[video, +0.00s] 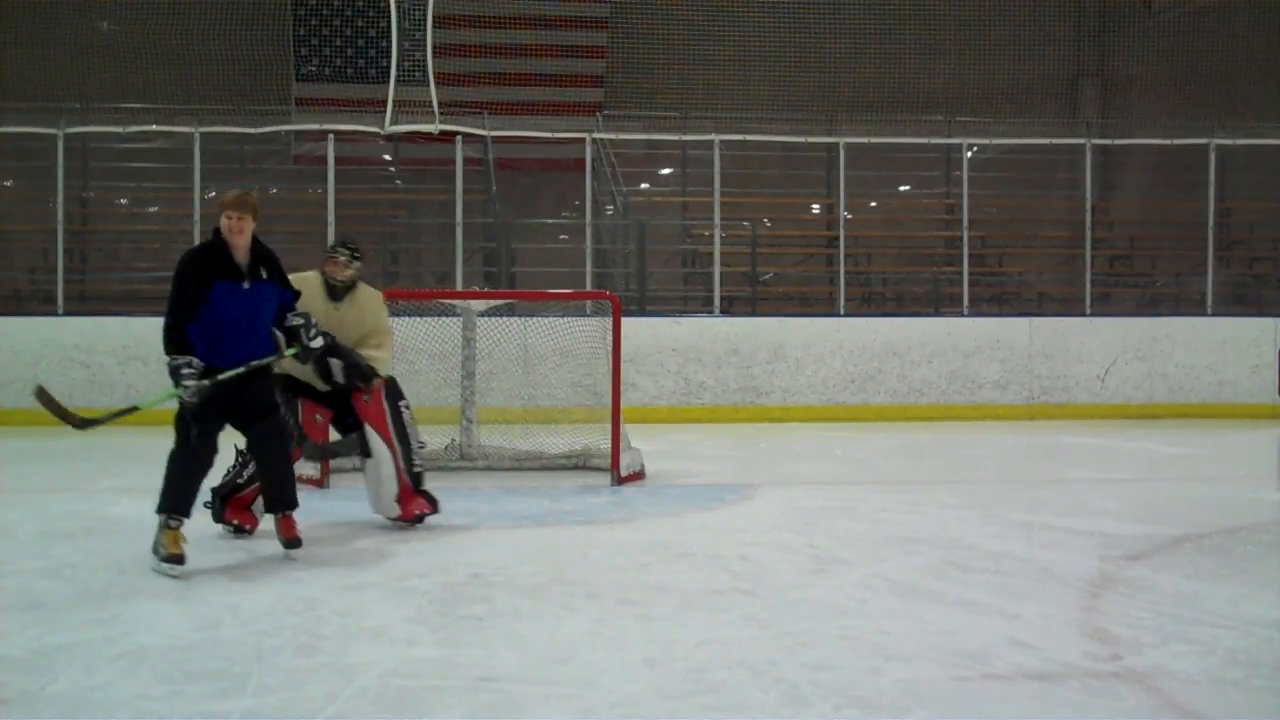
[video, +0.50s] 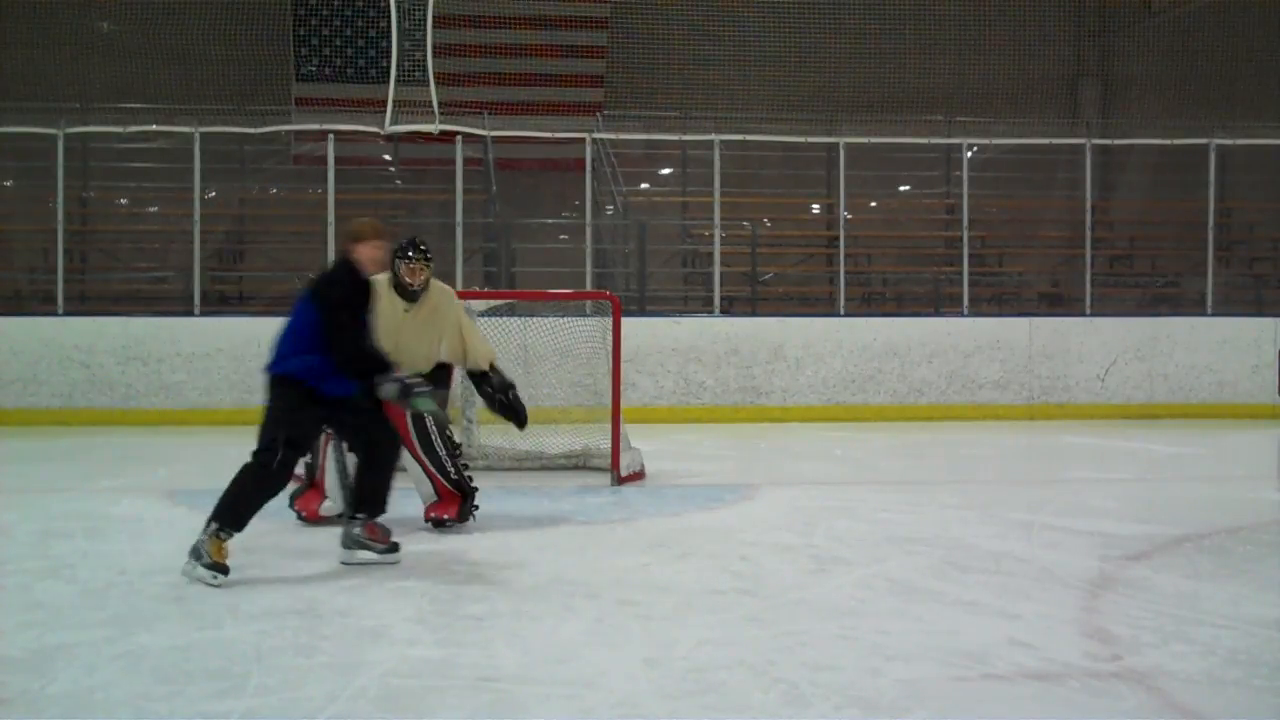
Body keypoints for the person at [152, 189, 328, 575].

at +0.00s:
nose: (232, 223)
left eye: (240, 218)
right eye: (227, 217)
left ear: (253, 222)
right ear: (219, 221)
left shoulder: (267, 261)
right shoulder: (198, 261)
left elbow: (286, 308)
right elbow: (176, 321)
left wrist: (306, 335)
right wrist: (184, 369)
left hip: (255, 371)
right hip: (206, 374)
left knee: (272, 438)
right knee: (195, 448)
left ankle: (283, 513)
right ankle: (171, 527)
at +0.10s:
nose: (247, 225)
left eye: (254, 219)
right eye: (241, 218)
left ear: (266, 224)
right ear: (231, 222)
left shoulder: (276, 263)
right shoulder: (209, 265)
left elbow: (294, 308)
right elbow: (191, 327)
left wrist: (309, 328)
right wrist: (203, 373)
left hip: (267, 374)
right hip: (220, 378)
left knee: (286, 444)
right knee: (211, 452)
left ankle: (290, 517)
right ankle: (184, 532)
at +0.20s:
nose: (268, 228)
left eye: (276, 222)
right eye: (262, 220)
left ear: (286, 228)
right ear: (249, 223)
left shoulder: (288, 266)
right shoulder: (227, 265)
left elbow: (299, 312)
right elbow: (214, 328)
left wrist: (316, 326)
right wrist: (230, 377)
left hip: (279, 374)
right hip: (232, 376)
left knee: (304, 442)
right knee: (230, 454)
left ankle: (298, 522)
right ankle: (193, 535)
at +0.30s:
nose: (300, 238)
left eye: (306, 231)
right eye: (293, 230)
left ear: (311, 237)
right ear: (274, 232)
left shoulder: (303, 278)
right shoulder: (253, 274)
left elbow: (305, 329)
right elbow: (243, 339)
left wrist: (322, 353)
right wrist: (268, 378)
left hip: (291, 380)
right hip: (246, 380)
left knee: (330, 441)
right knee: (244, 456)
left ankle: (316, 525)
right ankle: (200, 535)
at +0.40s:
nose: (335, 253)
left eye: (340, 246)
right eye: (328, 244)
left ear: (344, 251)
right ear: (309, 245)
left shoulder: (319, 288)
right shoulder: (290, 282)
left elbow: (325, 344)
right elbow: (295, 349)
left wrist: (347, 374)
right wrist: (329, 378)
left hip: (302, 389)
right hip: (266, 388)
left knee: (356, 441)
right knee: (261, 464)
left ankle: (343, 524)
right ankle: (207, 537)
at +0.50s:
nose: (382, 254)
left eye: (384, 247)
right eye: (375, 247)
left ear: (381, 252)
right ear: (354, 248)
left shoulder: (359, 286)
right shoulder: (339, 283)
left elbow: (357, 343)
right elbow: (346, 344)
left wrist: (384, 374)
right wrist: (381, 376)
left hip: (339, 386)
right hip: (300, 383)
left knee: (382, 441)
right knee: (275, 462)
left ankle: (362, 527)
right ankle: (213, 539)